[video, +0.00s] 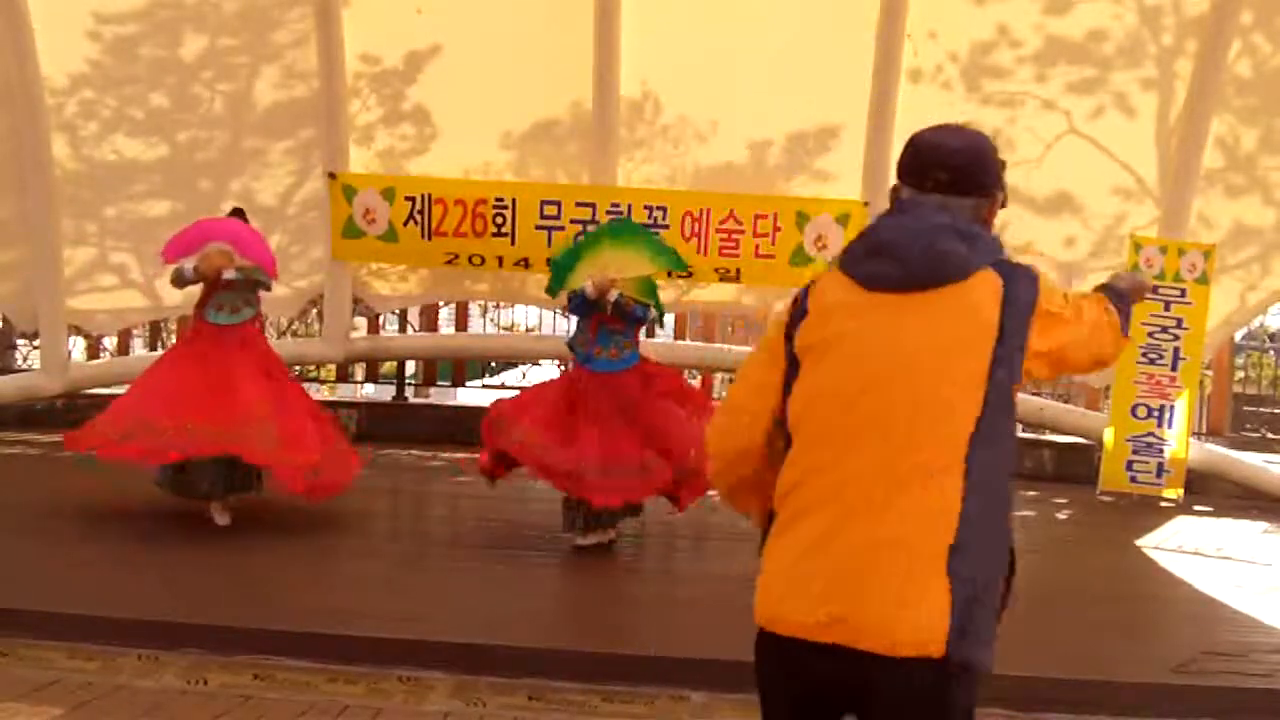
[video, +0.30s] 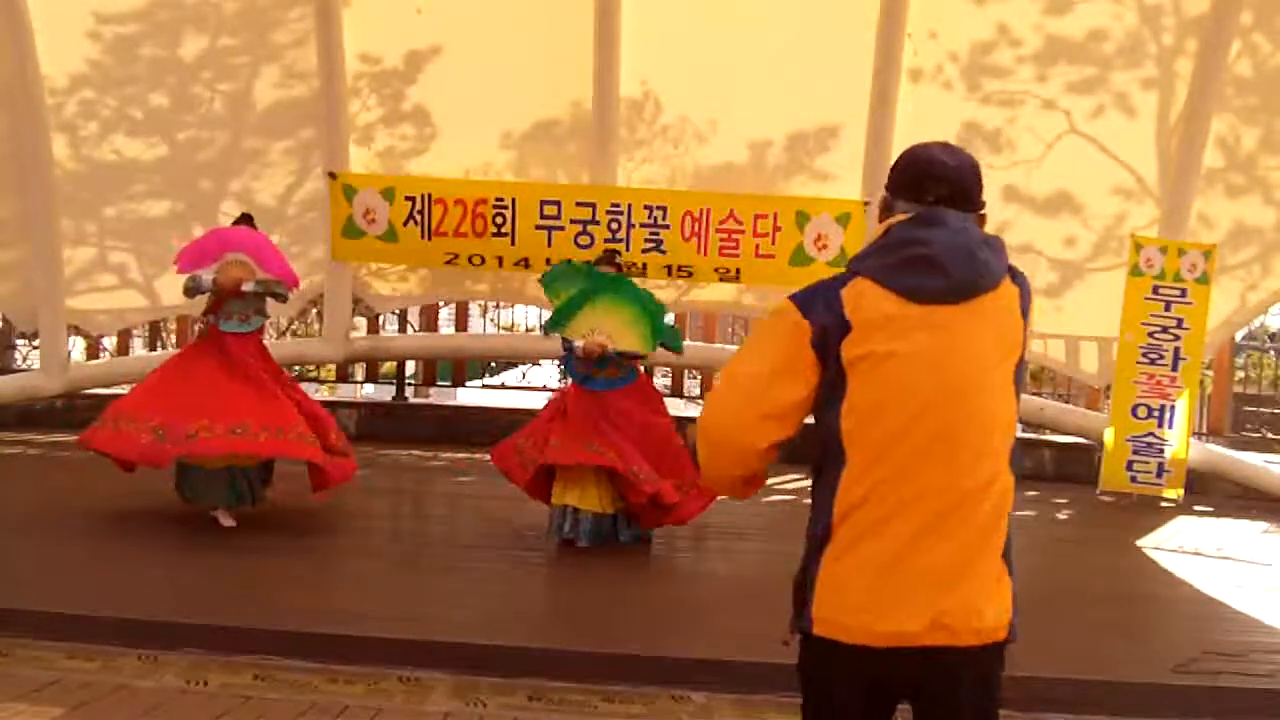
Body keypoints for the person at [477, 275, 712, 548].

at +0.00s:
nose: (611, 272)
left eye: (618, 266)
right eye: (605, 266)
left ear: (631, 264)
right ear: (594, 266)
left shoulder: (639, 285)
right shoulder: (585, 291)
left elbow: (645, 314)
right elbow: (575, 306)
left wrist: (615, 300)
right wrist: (592, 294)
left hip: (623, 371)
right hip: (587, 370)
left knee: (614, 448)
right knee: (585, 447)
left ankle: (608, 524)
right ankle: (588, 524)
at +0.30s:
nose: (607, 282)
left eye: (613, 276)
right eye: (601, 275)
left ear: (623, 277)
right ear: (590, 275)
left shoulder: (633, 310)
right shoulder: (578, 308)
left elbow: (646, 350)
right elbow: (566, 345)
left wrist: (616, 347)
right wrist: (584, 348)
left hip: (626, 388)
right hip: (585, 387)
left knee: (625, 455)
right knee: (582, 454)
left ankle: (627, 529)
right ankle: (578, 529)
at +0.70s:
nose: (592, 296)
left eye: (599, 290)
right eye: (587, 290)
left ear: (613, 290)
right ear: (581, 290)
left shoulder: (627, 320)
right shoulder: (571, 320)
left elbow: (652, 363)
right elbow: (552, 363)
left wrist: (633, 382)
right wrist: (545, 400)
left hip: (618, 400)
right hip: (577, 398)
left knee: (621, 458)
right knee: (572, 456)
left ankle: (623, 523)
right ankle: (570, 522)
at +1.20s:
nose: (593, 268)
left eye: (600, 263)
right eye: (588, 262)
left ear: (612, 266)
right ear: (581, 264)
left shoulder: (624, 302)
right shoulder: (567, 298)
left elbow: (656, 334)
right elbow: (535, 332)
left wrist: (681, 355)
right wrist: (502, 361)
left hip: (610, 390)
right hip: (570, 389)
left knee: (612, 459)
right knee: (569, 459)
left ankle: (604, 535)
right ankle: (565, 530)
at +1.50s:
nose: (603, 249)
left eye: (610, 244)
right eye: (598, 243)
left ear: (623, 252)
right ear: (589, 250)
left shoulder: (635, 286)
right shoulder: (575, 286)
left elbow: (676, 299)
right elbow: (531, 298)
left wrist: (709, 299)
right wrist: (485, 305)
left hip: (620, 381)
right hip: (580, 380)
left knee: (617, 455)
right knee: (575, 453)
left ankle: (611, 538)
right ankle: (574, 537)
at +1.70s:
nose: (604, 247)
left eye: (611, 243)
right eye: (598, 242)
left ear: (623, 252)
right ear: (590, 249)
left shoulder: (636, 285)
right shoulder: (575, 283)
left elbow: (678, 281)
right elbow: (528, 273)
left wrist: (715, 269)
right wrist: (483, 255)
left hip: (622, 380)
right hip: (583, 379)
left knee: (618, 455)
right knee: (586, 456)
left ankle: (608, 541)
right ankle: (590, 544)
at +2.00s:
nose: (604, 246)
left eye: (612, 240)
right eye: (598, 240)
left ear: (624, 248)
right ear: (588, 247)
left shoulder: (633, 285)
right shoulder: (577, 280)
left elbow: (672, 265)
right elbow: (542, 245)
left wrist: (693, 230)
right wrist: (512, 199)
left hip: (623, 380)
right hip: (583, 380)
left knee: (620, 461)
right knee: (587, 460)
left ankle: (606, 550)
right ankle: (595, 553)